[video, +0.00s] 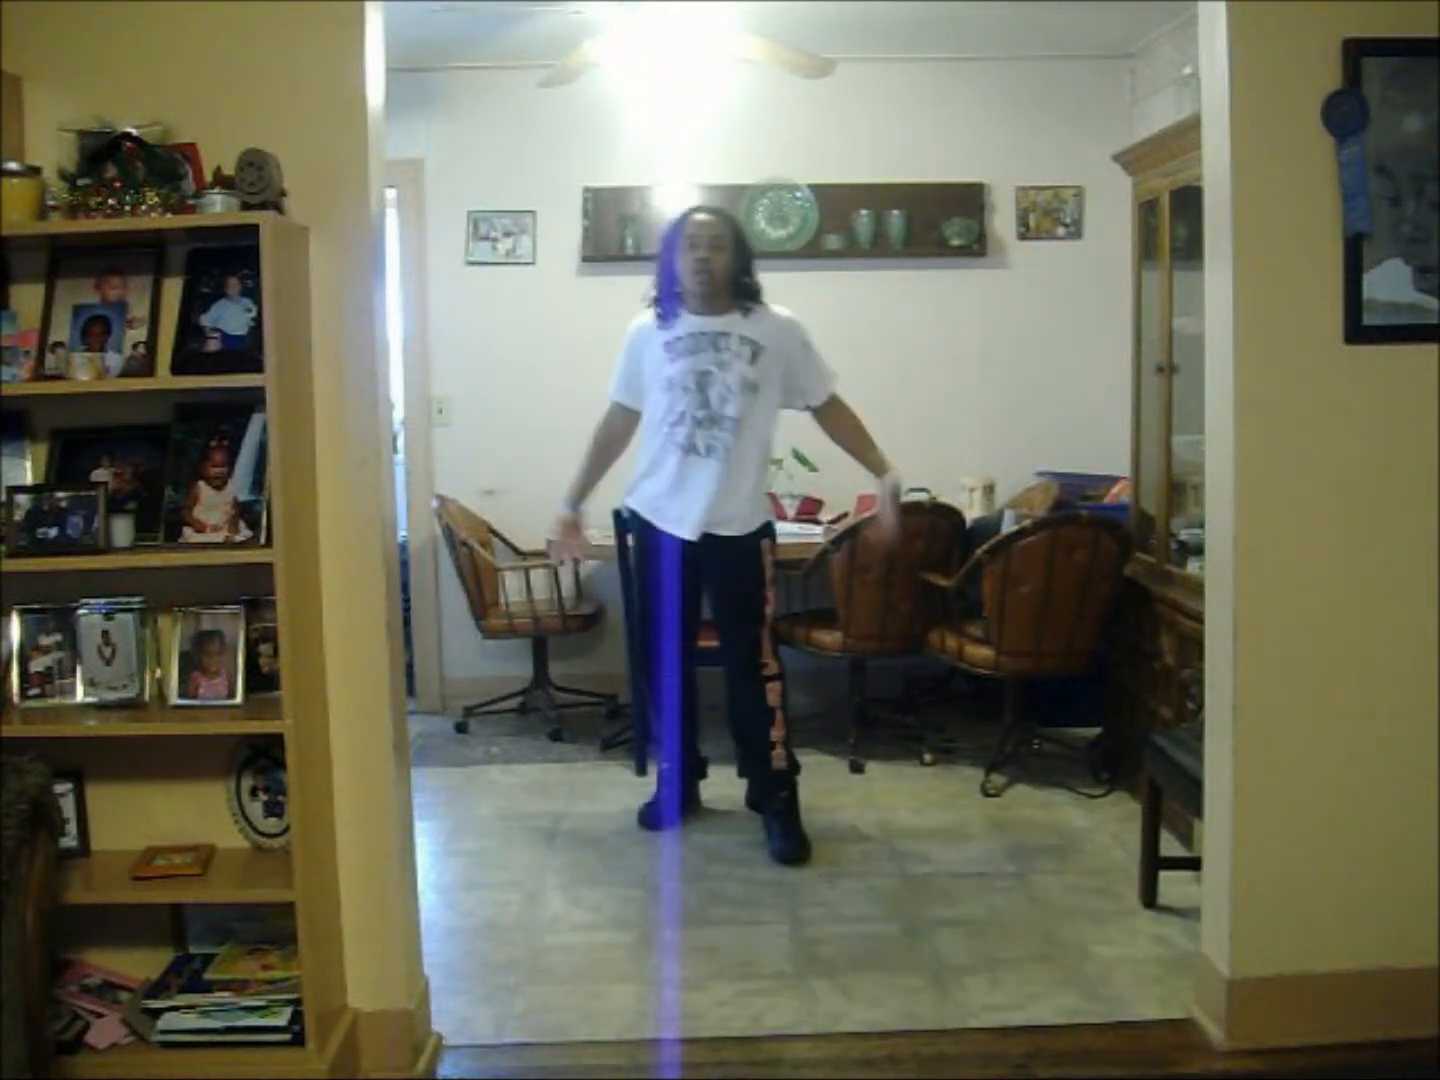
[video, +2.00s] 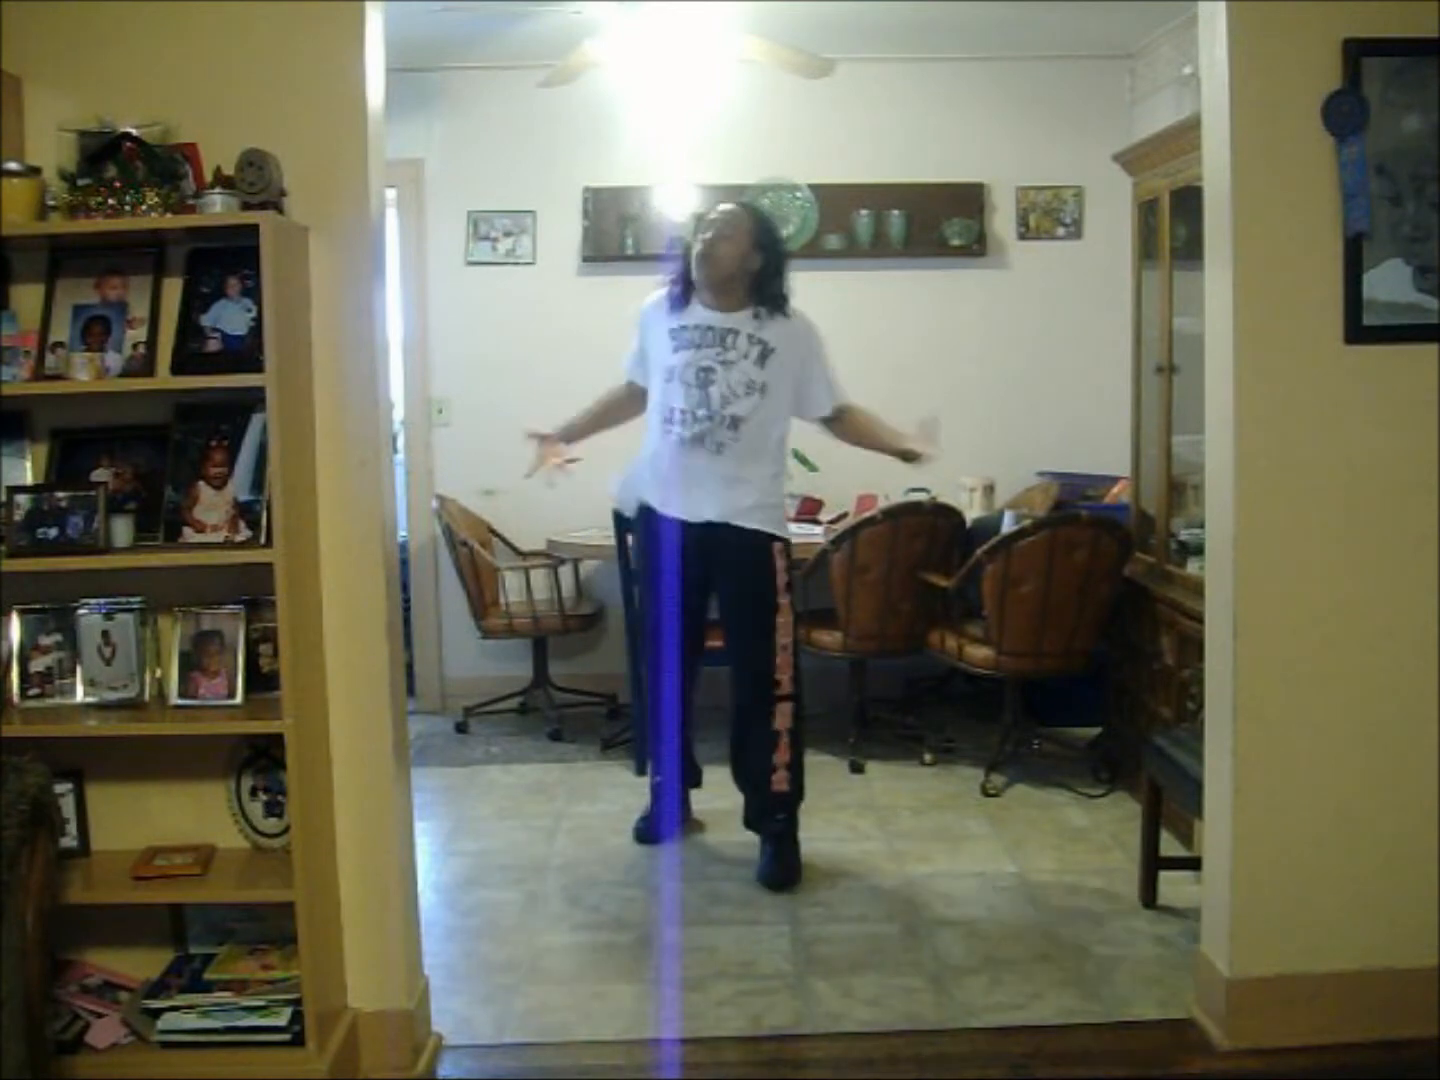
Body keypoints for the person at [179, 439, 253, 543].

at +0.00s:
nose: (219, 471)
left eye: (223, 466)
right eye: (213, 466)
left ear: (230, 469)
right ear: (204, 468)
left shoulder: (232, 488)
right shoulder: (200, 487)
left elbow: (237, 511)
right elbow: (186, 511)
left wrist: (232, 531)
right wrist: (201, 526)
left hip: (225, 534)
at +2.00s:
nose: (219, 472)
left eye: (224, 467)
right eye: (214, 466)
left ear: (230, 469)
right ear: (203, 468)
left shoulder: (231, 488)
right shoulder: (199, 488)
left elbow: (236, 509)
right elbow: (186, 511)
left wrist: (234, 523)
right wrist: (199, 525)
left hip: (225, 533)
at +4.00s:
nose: (219, 472)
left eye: (224, 467)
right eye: (214, 467)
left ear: (230, 470)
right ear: (203, 468)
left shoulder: (231, 489)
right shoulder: (199, 488)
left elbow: (236, 510)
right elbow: (186, 511)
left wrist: (234, 524)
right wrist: (199, 526)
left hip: (225, 534)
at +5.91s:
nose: (219, 472)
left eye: (224, 467)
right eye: (214, 467)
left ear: (231, 469)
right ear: (203, 468)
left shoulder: (231, 488)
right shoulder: (199, 488)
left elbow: (236, 508)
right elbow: (186, 511)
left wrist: (234, 523)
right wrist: (199, 525)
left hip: (225, 533)